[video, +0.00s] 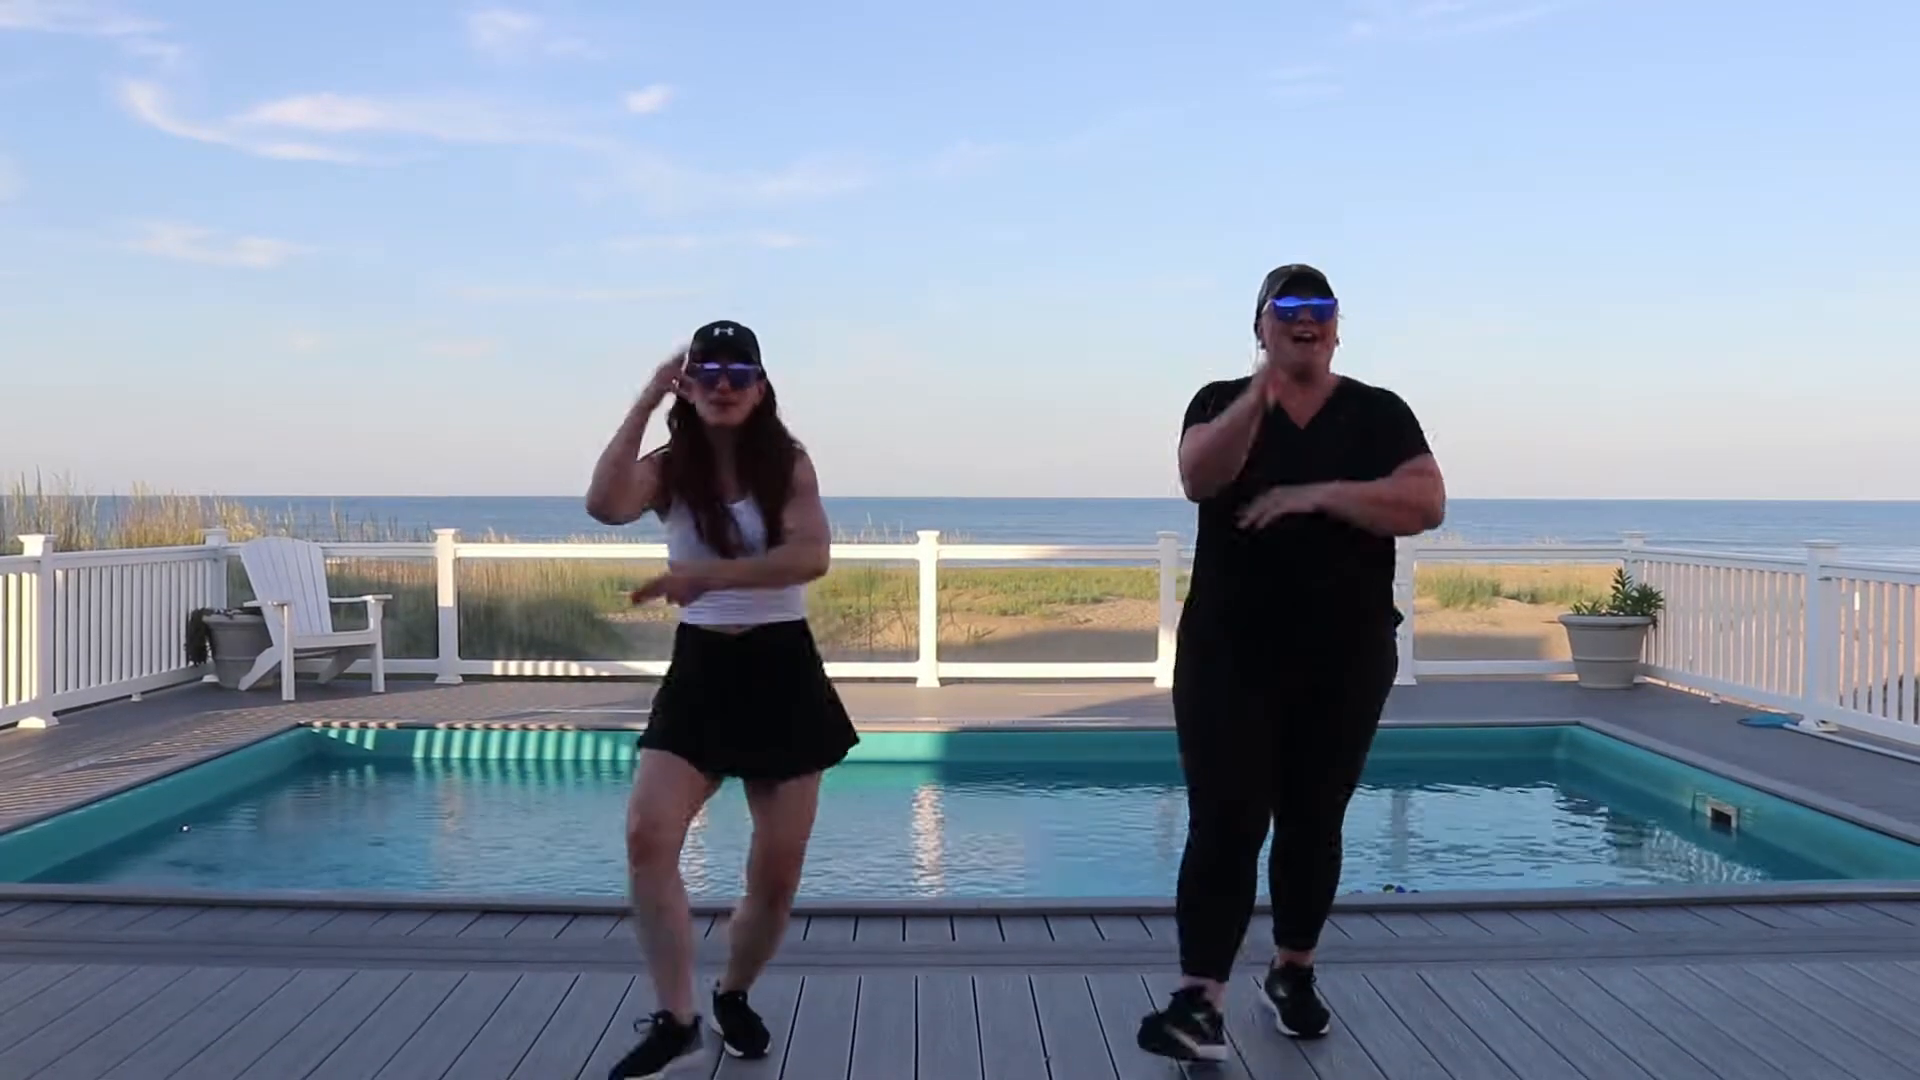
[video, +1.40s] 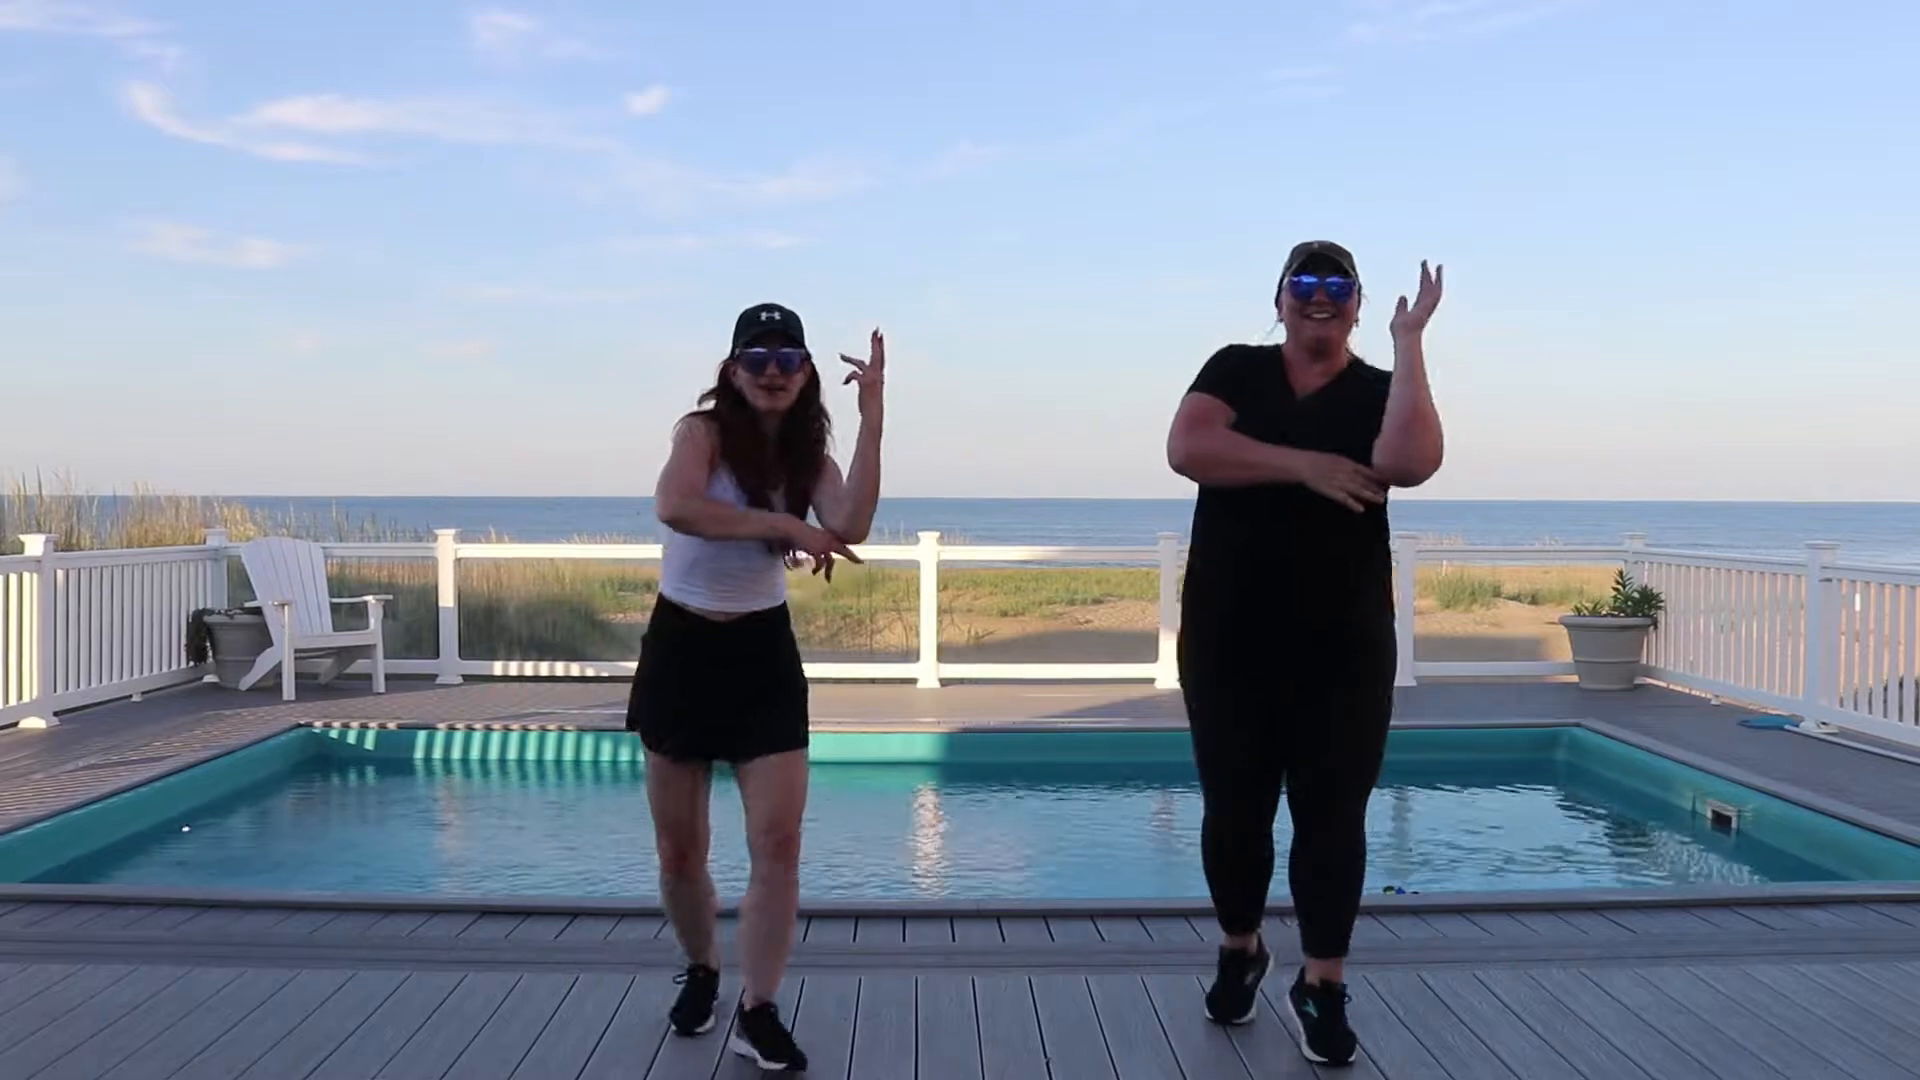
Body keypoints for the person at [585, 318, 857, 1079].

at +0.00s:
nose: (725, 386)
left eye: (740, 375)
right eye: (710, 375)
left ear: (762, 385)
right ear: (687, 386)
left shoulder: (786, 460)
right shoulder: (672, 464)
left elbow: (813, 556)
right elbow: (607, 502)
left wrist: (705, 574)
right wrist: (646, 402)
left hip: (785, 671)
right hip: (702, 670)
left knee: (778, 876)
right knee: (647, 836)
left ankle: (733, 998)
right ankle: (678, 1018)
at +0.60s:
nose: (720, 367)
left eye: (736, 356)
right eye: (706, 354)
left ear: (757, 366)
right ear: (682, 363)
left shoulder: (778, 424)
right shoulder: (670, 452)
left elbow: (809, 513)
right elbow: (636, 571)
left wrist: (720, 586)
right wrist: (633, 476)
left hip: (819, 637)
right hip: (737, 644)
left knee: (842, 831)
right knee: (726, 835)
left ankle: (825, 955)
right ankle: (760, 988)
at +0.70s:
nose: (723, 381)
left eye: (740, 368)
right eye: (709, 366)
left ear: (762, 377)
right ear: (687, 374)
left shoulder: (789, 448)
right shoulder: (667, 464)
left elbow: (816, 530)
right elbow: (642, 583)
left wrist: (816, 616)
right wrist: (673, 560)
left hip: (803, 650)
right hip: (722, 660)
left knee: (854, 853)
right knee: (730, 867)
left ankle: (817, 887)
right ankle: (763, 990)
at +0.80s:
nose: (738, 398)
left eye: (753, 384)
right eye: (723, 384)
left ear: (773, 395)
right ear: (699, 394)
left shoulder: (796, 471)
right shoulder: (673, 482)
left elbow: (861, 523)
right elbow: (655, 590)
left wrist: (866, 559)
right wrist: (742, 584)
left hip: (790, 671)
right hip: (706, 675)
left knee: (847, 868)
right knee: (710, 881)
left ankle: (821, 877)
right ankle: (762, 993)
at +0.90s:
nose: (757, 388)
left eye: (772, 374)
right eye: (742, 374)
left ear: (792, 383)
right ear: (719, 382)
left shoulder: (804, 464)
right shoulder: (687, 457)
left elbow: (863, 521)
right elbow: (675, 554)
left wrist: (877, 458)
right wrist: (778, 550)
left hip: (780, 659)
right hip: (696, 664)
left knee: (820, 844)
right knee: (705, 866)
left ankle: (806, 951)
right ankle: (759, 989)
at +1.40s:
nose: (774, 372)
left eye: (789, 359)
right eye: (758, 359)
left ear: (807, 371)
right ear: (733, 367)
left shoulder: (804, 453)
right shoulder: (702, 431)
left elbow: (854, 525)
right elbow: (675, 507)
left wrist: (871, 412)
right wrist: (782, 527)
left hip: (764, 649)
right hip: (681, 649)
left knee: (778, 842)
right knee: (680, 857)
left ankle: (757, 1009)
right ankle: (701, 969)